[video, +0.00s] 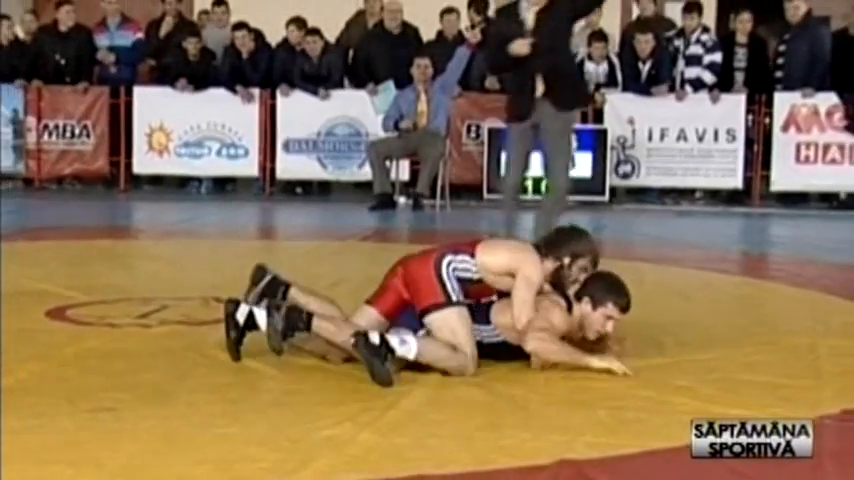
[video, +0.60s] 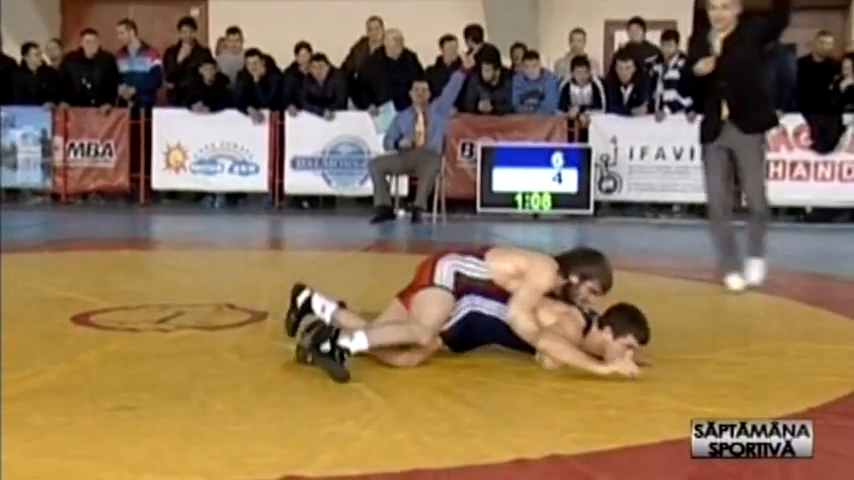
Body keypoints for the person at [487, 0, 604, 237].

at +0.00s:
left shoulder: (563, 8)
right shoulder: (503, 16)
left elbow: (593, 2)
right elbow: (493, 63)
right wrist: (509, 51)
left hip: (558, 100)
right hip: (521, 101)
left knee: (558, 180)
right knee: (513, 177)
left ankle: (544, 237)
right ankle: (507, 235)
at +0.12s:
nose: (579, 4)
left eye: (582, 2)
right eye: (575, 1)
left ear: (588, 1)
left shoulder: (602, 14)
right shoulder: (544, 20)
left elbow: (633, 6)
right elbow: (529, 62)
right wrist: (545, 50)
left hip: (595, 108)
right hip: (560, 108)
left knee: (610, 180)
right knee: (562, 184)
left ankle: (612, 242)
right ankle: (567, 246)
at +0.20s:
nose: (600, 12)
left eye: (606, 7)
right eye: (595, 6)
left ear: (615, 10)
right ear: (585, 8)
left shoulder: (624, 32)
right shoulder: (569, 37)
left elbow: (656, 26)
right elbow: (548, 80)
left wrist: (666, 2)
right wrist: (569, 65)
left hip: (621, 126)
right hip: (585, 127)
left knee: (648, 192)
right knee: (582, 197)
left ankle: (667, 251)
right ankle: (578, 258)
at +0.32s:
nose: (636, 23)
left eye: (642, 17)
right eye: (630, 17)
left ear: (653, 20)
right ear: (623, 21)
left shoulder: (664, 46)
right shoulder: (611, 56)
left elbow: (696, 37)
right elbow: (592, 102)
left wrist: (704, 13)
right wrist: (609, 83)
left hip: (664, 143)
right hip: (627, 144)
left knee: (694, 206)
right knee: (600, 206)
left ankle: (718, 267)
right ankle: (573, 264)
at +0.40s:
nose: (661, 22)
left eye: (668, 15)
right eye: (655, 16)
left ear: (680, 18)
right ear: (648, 21)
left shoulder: (696, 43)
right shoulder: (641, 51)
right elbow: (625, 99)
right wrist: (636, 83)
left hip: (697, 141)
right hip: (660, 140)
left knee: (714, 206)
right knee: (628, 205)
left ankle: (717, 268)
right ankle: (583, 257)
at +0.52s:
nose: (694, 13)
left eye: (700, 6)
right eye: (689, 7)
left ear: (713, 7)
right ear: (685, 10)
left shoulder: (732, 28)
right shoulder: (677, 38)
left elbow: (764, 9)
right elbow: (663, 86)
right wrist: (674, 73)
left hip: (730, 125)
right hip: (693, 124)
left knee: (732, 202)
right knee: (681, 199)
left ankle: (725, 264)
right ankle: (680, 264)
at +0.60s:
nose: (720, 15)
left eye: (726, 8)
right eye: (714, 9)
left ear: (738, 10)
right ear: (706, 12)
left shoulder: (753, 32)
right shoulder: (700, 40)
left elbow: (779, 17)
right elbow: (686, 89)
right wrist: (695, 72)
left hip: (748, 126)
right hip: (713, 126)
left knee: (755, 197)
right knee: (718, 203)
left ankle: (756, 256)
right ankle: (730, 268)